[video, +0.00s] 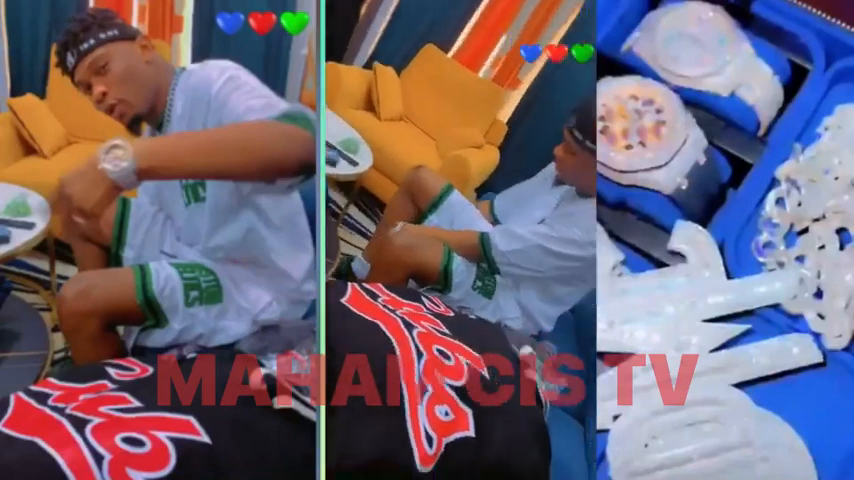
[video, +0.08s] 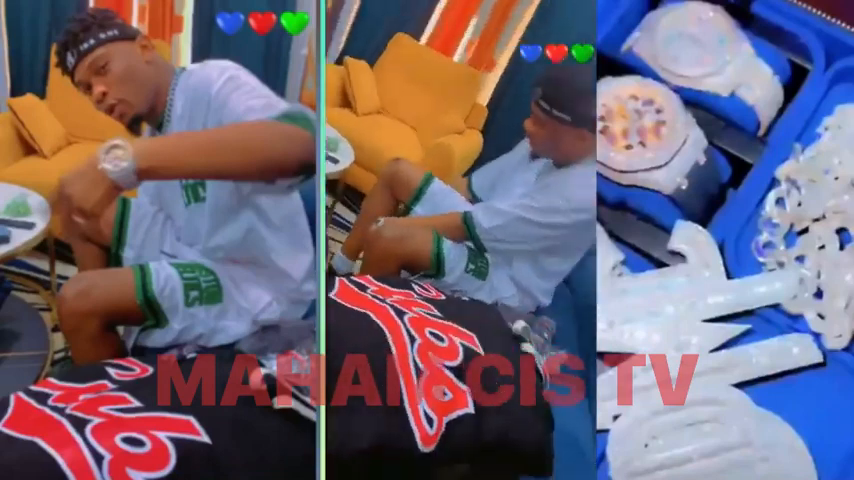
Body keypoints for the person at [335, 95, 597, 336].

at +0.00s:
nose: (558, 151)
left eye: (572, 150)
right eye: (565, 140)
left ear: (602, 169)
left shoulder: (589, 232)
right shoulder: (565, 171)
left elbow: (489, 249)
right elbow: (491, 210)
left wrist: (405, 237)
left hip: (514, 302)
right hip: (498, 253)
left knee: (402, 245)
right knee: (420, 182)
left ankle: (357, 316)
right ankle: (362, 275)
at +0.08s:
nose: (527, 124)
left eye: (538, 120)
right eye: (532, 115)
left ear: (572, 133)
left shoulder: (578, 193)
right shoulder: (543, 145)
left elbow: (478, 226)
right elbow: (471, 191)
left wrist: (392, 229)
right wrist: (395, 213)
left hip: (507, 277)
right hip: (484, 232)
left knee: (386, 237)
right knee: (398, 174)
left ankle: (356, 318)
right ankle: (342, 266)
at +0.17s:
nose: (503, 97)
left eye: (513, 92)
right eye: (507, 86)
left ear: (552, 101)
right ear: (552, 100)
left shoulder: (571, 161)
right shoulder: (530, 117)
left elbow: (468, 208)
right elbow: (464, 177)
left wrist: (390, 224)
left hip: (508, 257)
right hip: (478, 216)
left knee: (384, 230)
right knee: (387, 167)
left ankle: (358, 315)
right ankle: (341, 269)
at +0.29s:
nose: (456, 84)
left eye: (462, 72)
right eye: (455, 71)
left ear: (501, 68)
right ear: (502, 68)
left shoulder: (544, 115)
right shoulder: (499, 93)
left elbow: (469, 192)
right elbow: (450, 168)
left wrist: (392, 230)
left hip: (522, 235)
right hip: (482, 202)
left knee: (397, 232)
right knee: (386, 172)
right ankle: (361, 286)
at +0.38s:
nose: (419, 101)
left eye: (422, 90)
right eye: (417, 91)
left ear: (456, 81)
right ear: (458, 80)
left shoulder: (509, 114)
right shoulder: (477, 102)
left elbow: (458, 205)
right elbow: (440, 173)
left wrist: (394, 187)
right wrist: (418, 231)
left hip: (532, 237)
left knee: (407, 245)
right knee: (392, 189)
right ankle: (383, 307)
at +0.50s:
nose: (392, 119)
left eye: (389, 107)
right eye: (386, 109)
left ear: (416, 93)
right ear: (419, 87)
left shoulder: (474, 115)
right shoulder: (457, 94)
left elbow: (431, 214)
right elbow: (430, 180)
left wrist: (389, 274)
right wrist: (384, 261)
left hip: (533, 228)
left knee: (407, 243)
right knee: (391, 186)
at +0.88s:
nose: (359, 123)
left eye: (354, 114)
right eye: (351, 117)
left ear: (374, 95)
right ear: (377, 86)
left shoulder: (431, 101)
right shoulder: (419, 69)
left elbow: (418, 204)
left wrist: (377, 253)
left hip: (534, 184)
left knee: (403, 214)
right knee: (386, 161)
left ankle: (451, 312)